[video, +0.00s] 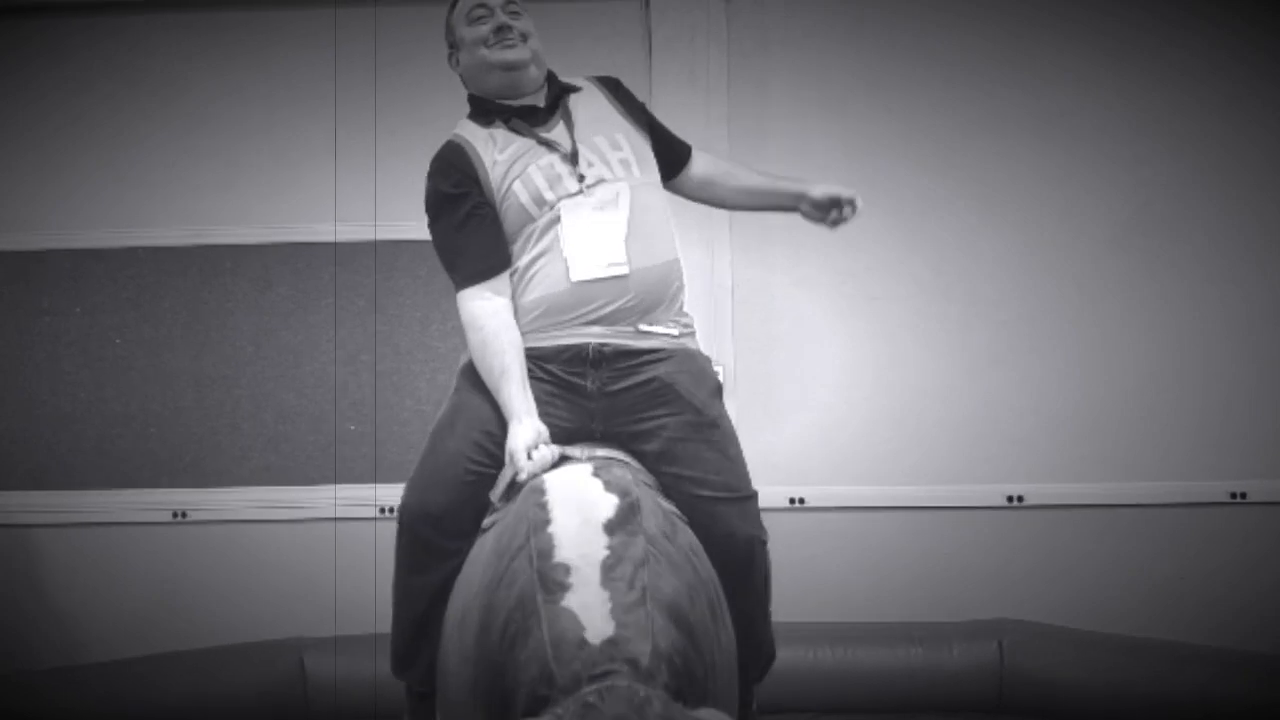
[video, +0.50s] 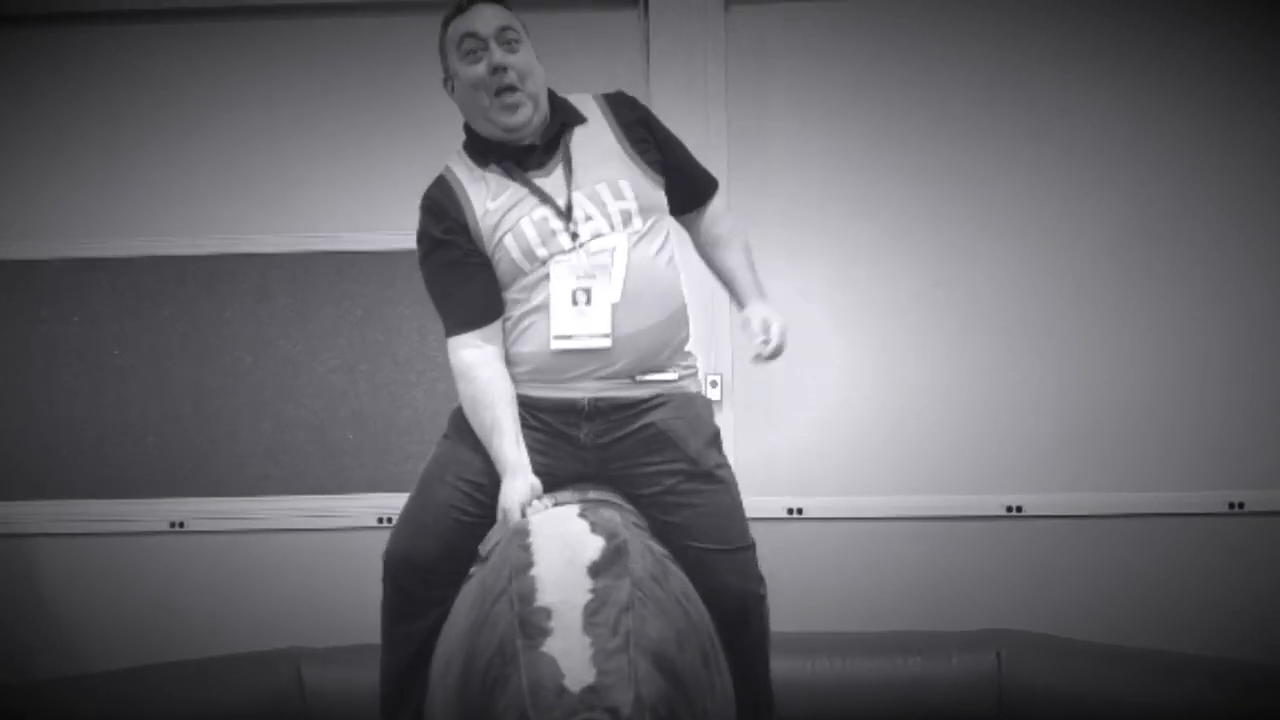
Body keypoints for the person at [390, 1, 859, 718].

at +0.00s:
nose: (503, 20)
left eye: (511, 11)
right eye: (479, 19)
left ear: (535, 32)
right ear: (458, 65)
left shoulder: (606, 99)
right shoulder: (463, 161)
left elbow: (690, 170)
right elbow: (484, 303)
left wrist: (800, 196)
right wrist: (521, 415)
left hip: (659, 362)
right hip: (528, 372)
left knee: (736, 535)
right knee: (429, 513)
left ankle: (739, 695)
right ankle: (424, 695)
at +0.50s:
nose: (498, 62)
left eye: (509, 42)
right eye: (472, 53)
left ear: (539, 58)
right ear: (451, 90)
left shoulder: (619, 120)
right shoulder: (452, 199)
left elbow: (704, 210)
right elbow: (474, 349)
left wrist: (752, 298)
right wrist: (514, 467)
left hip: (656, 413)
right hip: (516, 422)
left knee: (736, 589)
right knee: (415, 563)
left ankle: (750, 715)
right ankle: (408, 713)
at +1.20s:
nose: (513, 133)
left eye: (526, 111)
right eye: (490, 120)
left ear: (552, 118)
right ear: (469, 140)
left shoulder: (622, 181)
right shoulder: (454, 235)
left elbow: (704, 281)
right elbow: (468, 375)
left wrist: (675, 393)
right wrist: (514, 475)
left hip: (647, 437)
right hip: (518, 444)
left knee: (734, 592)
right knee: (412, 564)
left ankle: (748, 716)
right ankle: (405, 713)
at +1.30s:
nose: (526, 142)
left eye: (538, 122)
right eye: (503, 129)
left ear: (561, 132)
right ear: (478, 150)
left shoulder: (626, 194)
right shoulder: (460, 241)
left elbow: (704, 292)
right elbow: (466, 375)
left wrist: (667, 397)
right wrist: (514, 465)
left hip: (647, 433)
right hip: (518, 440)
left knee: (732, 582)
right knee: (415, 559)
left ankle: (749, 713)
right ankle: (409, 712)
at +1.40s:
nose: (539, 154)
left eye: (550, 135)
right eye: (517, 141)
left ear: (569, 144)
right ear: (489, 160)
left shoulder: (628, 207)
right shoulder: (467, 246)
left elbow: (701, 305)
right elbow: (465, 375)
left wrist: (649, 405)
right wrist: (515, 460)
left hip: (645, 432)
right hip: (521, 441)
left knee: (731, 576)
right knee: (420, 554)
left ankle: (754, 710)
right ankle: (412, 708)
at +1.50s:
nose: (553, 164)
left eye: (563, 146)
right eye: (531, 151)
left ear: (580, 156)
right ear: (502, 173)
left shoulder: (632, 221)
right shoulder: (476, 254)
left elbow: (693, 319)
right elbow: (467, 376)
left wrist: (631, 410)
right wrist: (514, 450)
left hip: (641, 428)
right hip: (522, 437)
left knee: (726, 545)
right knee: (424, 542)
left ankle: (758, 708)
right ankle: (411, 707)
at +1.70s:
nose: (572, 199)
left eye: (581, 182)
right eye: (552, 185)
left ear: (596, 191)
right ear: (521, 204)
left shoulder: (636, 252)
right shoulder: (489, 274)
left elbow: (677, 348)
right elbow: (470, 388)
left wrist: (592, 427)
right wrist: (524, 448)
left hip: (634, 432)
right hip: (524, 440)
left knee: (736, 537)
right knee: (431, 539)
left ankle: (757, 699)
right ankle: (418, 701)